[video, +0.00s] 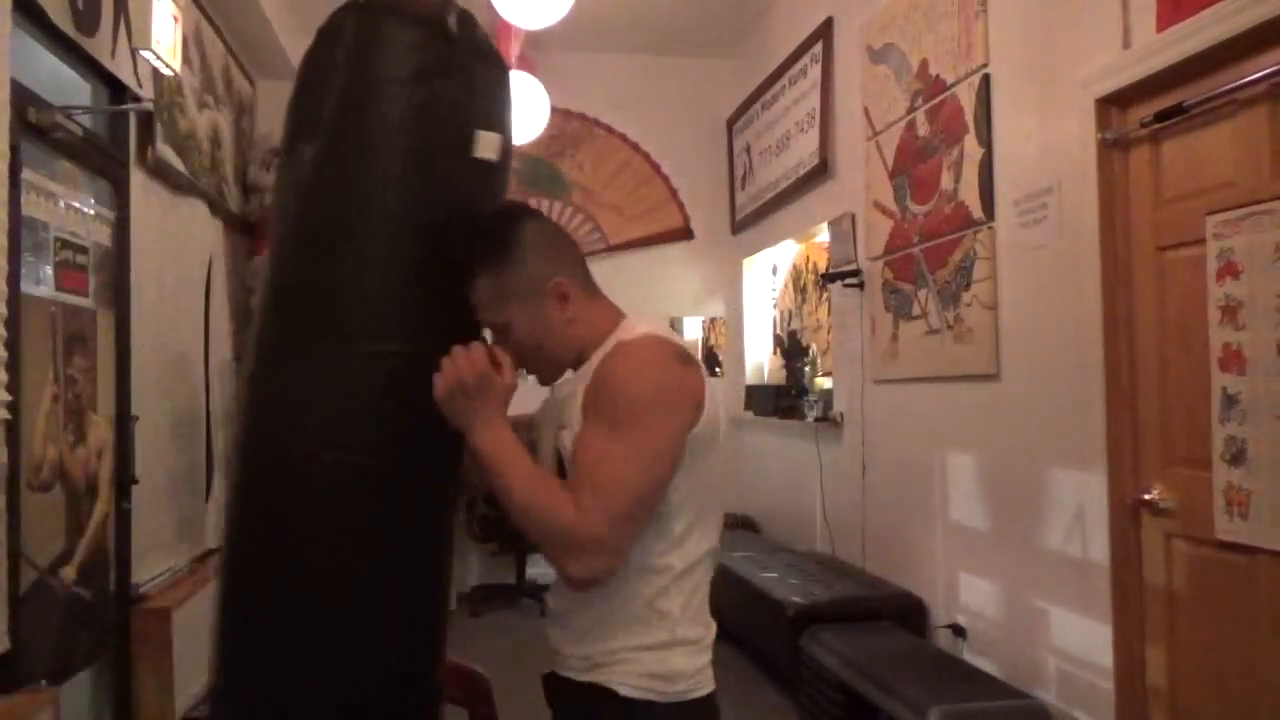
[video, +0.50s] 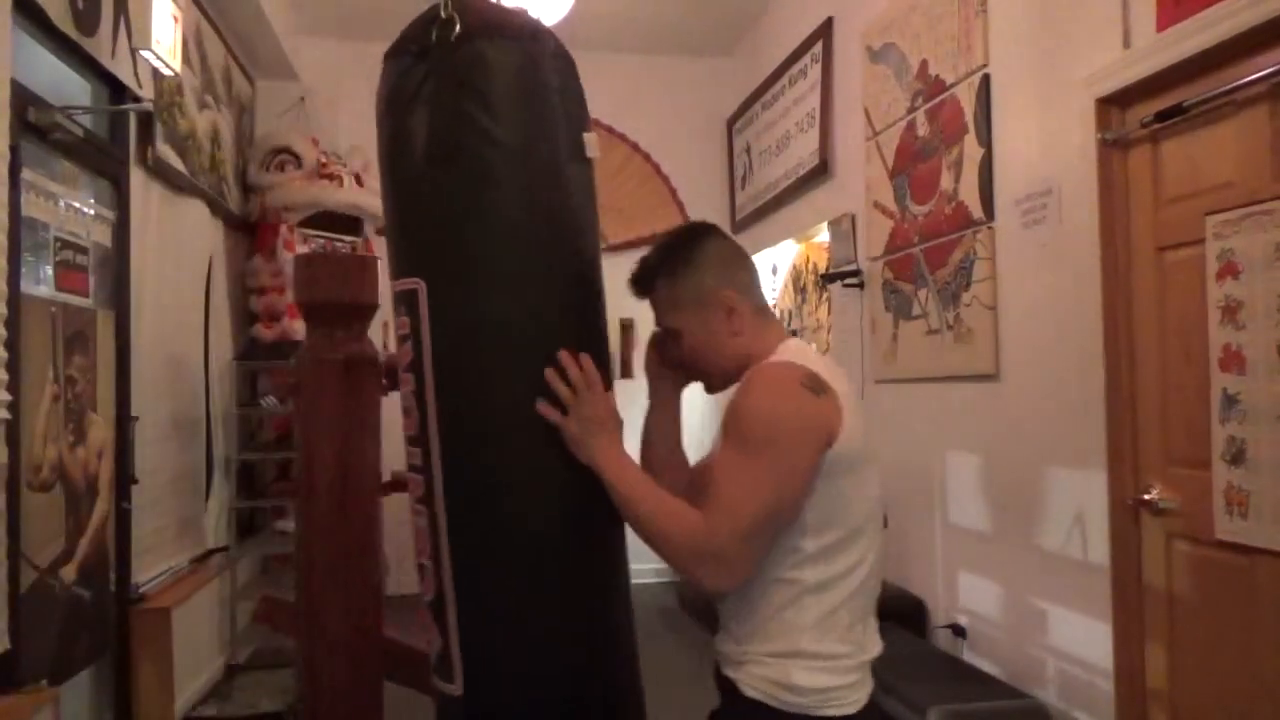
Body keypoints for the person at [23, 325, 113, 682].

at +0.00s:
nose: (71, 391)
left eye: (76, 383)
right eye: (64, 384)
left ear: (89, 386)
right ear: (57, 392)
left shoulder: (102, 431)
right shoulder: (62, 437)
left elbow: (104, 503)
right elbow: (39, 481)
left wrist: (75, 563)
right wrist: (46, 407)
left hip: (101, 549)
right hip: (73, 547)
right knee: (30, 604)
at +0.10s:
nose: (69, 391)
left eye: (75, 382)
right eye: (63, 383)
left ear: (90, 386)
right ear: (59, 390)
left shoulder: (104, 433)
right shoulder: (62, 438)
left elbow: (104, 502)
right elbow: (39, 481)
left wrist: (75, 563)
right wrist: (45, 404)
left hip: (104, 551)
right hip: (74, 549)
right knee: (32, 602)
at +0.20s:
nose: (68, 391)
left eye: (74, 381)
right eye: (63, 383)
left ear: (91, 385)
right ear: (59, 389)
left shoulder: (104, 433)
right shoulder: (62, 439)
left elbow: (104, 503)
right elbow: (38, 480)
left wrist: (76, 563)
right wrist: (45, 404)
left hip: (106, 552)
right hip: (75, 550)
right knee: (32, 602)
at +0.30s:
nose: (69, 391)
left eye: (75, 382)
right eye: (63, 383)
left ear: (90, 386)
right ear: (58, 390)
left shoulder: (104, 432)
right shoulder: (62, 437)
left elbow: (104, 502)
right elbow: (39, 481)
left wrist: (76, 563)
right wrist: (45, 405)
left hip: (104, 550)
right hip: (74, 547)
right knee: (31, 603)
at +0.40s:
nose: (68, 391)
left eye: (75, 382)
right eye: (64, 383)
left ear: (91, 385)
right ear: (61, 389)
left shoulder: (104, 433)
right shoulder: (63, 437)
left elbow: (104, 501)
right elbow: (39, 481)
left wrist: (76, 563)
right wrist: (45, 406)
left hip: (103, 547)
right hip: (75, 545)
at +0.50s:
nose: (70, 390)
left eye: (76, 381)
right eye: (65, 382)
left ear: (91, 385)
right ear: (61, 388)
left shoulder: (104, 431)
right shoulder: (62, 437)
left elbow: (104, 501)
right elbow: (38, 481)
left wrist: (76, 563)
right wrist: (45, 405)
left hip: (104, 549)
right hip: (75, 547)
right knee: (32, 602)